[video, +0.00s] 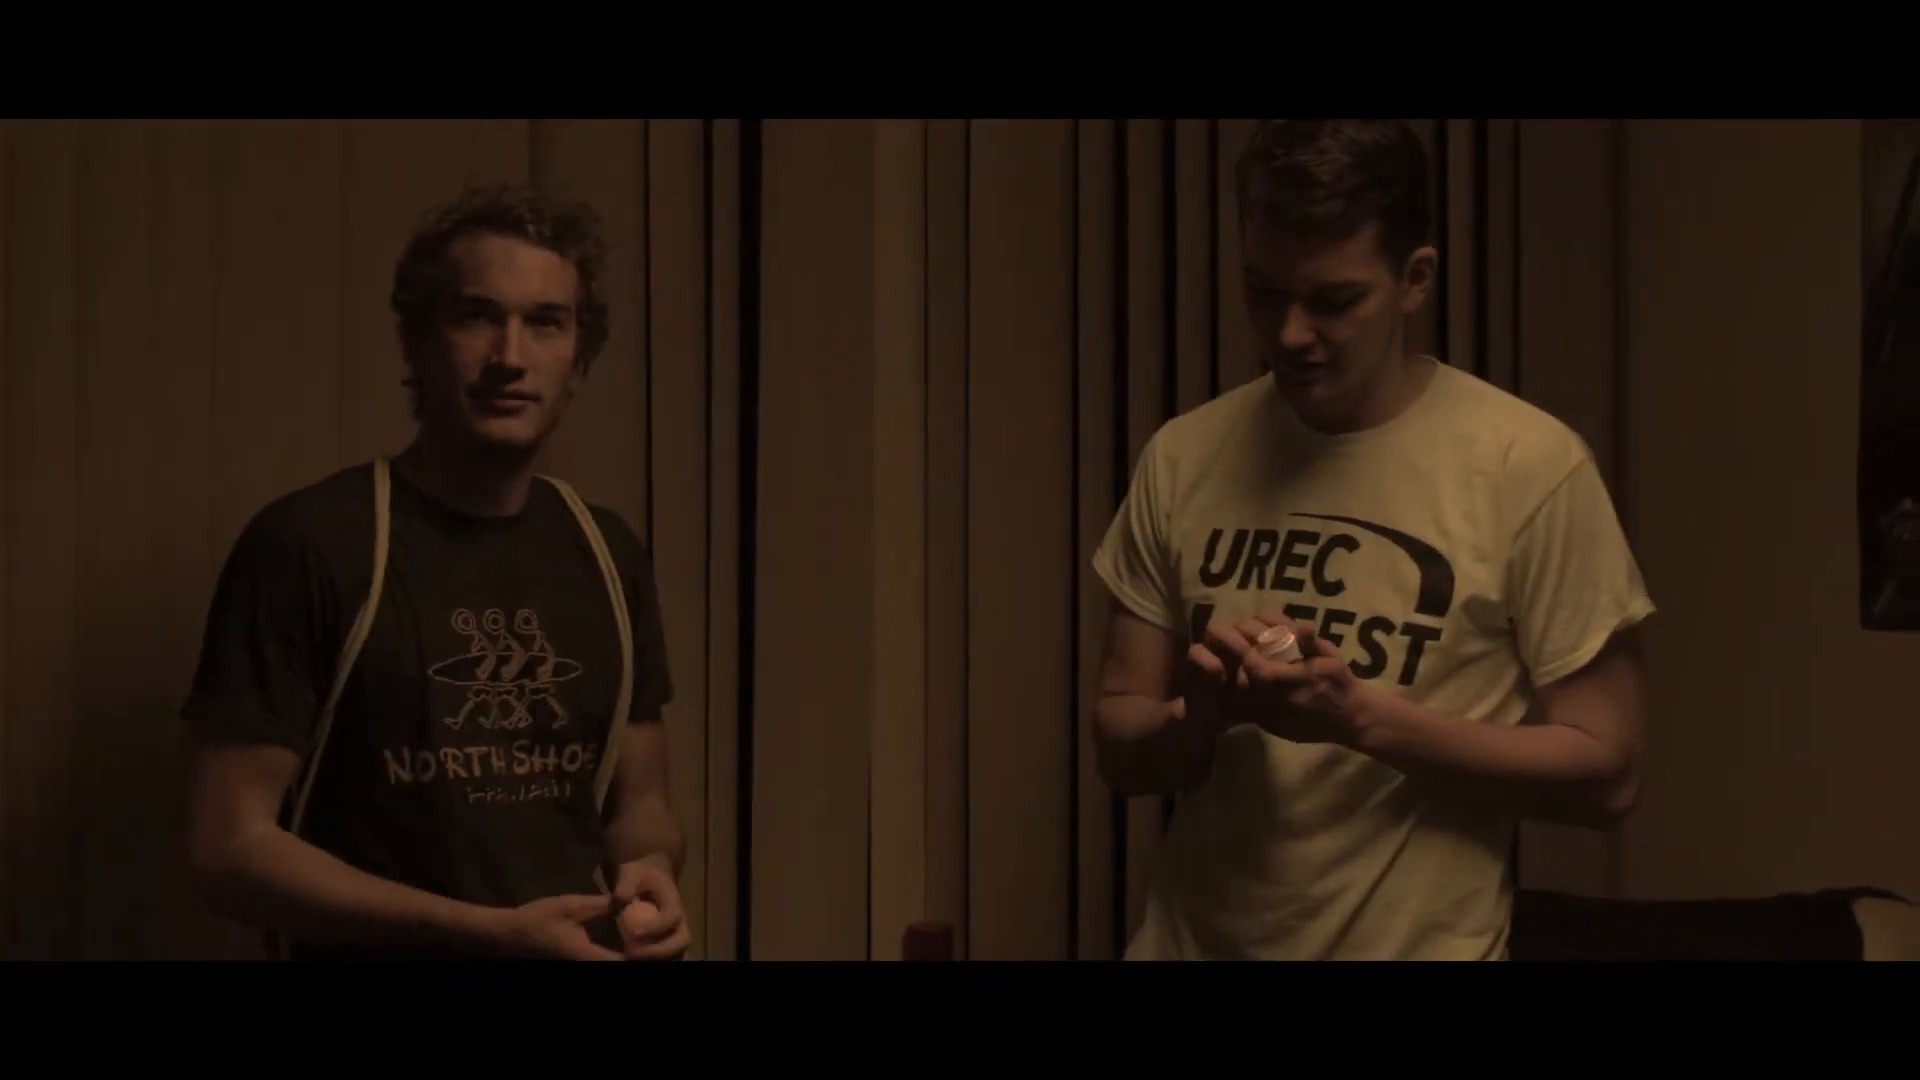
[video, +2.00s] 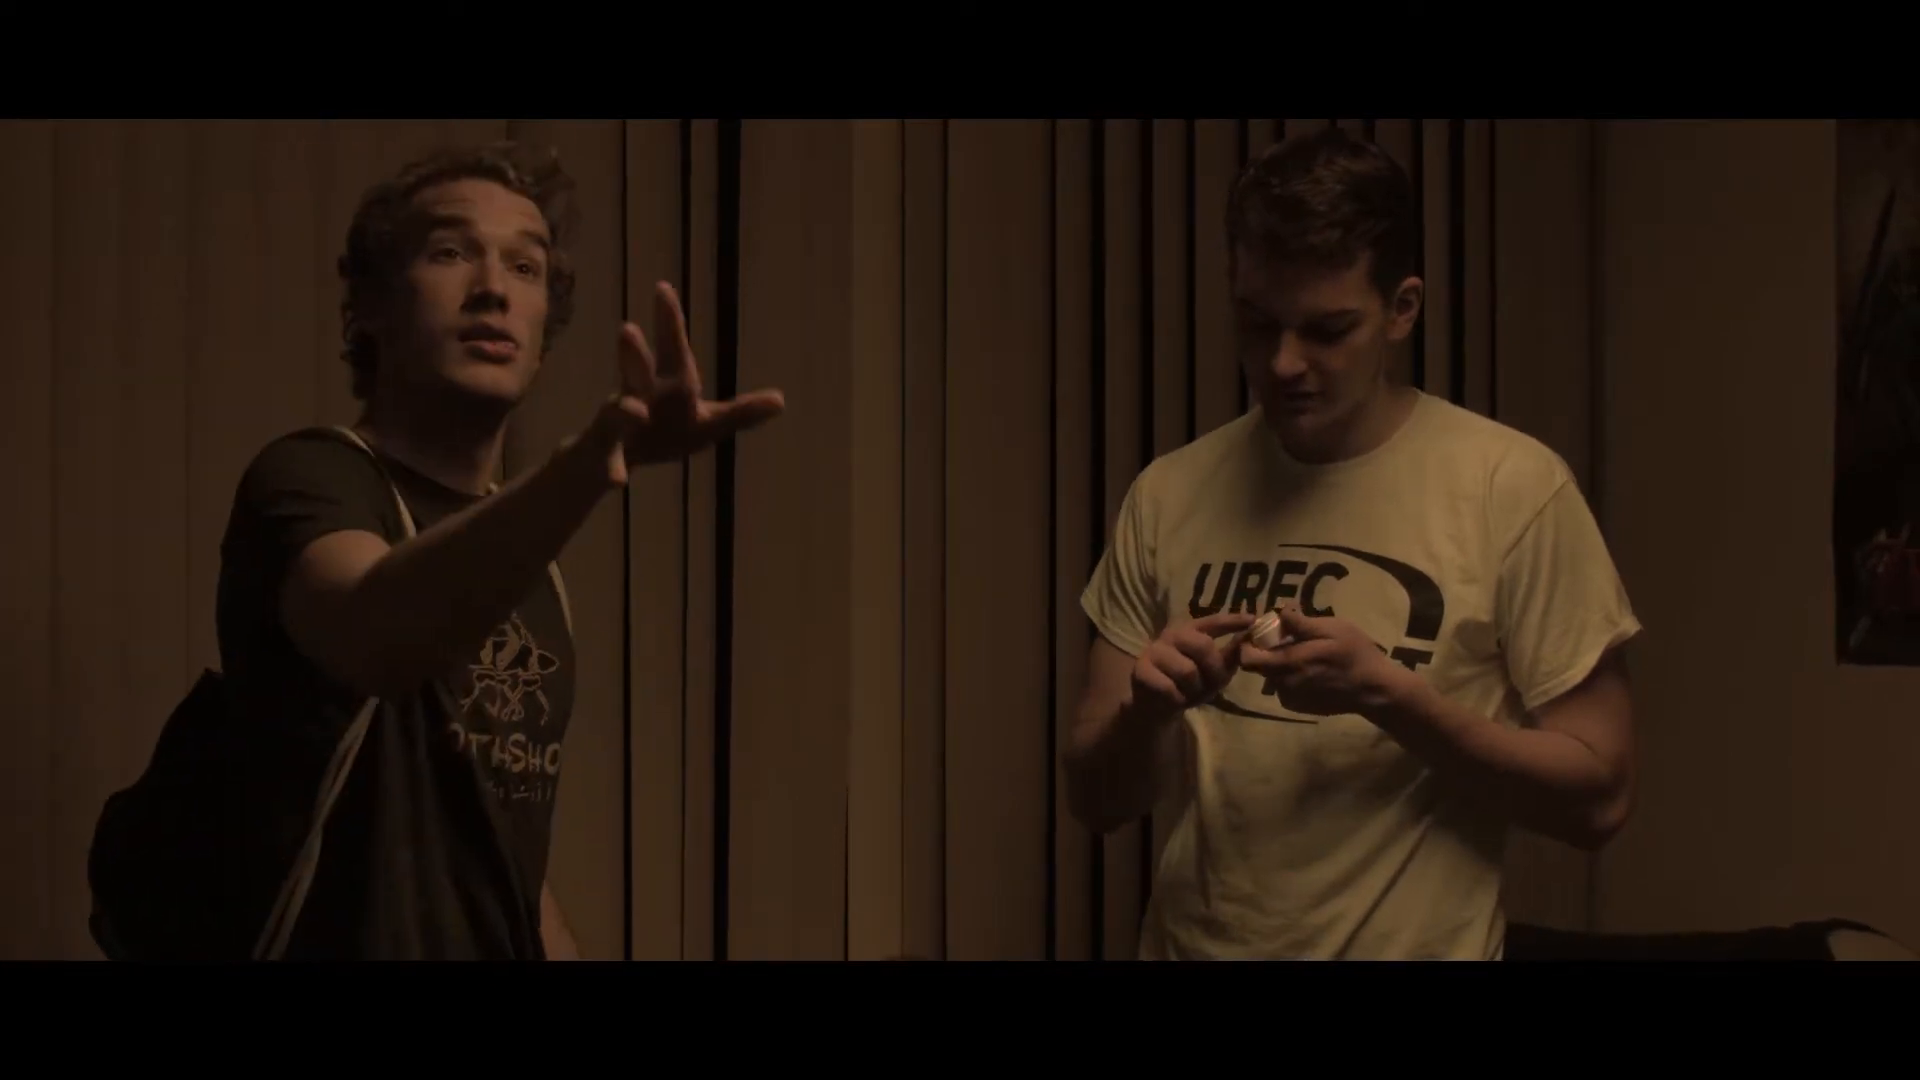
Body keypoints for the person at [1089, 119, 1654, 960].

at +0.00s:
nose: (1292, 334)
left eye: (1334, 300)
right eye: (1269, 296)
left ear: (1416, 280)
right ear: (1246, 277)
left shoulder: (1530, 469)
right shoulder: (1183, 459)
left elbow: (1606, 771)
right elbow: (1119, 740)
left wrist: (1360, 714)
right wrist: (1196, 718)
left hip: (1419, 943)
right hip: (1192, 939)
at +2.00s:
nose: (1287, 365)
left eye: (1328, 331)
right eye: (1260, 327)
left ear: (1403, 311)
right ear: (1237, 306)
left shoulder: (1515, 492)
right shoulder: (1167, 497)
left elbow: (1597, 797)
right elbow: (1091, 802)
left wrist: (1393, 693)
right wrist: (1144, 713)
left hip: (1417, 945)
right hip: (1194, 943)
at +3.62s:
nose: (1220, 308)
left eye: (1267, 273)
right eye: (1213, 272)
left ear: (1362, 290)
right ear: (1197, 275)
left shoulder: (1505, 486)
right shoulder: (1160, 487)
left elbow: (1592, 790)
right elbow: (1064, 785)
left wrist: (1376, 690)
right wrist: (1137, 601)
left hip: (1406, 946)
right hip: (1177, 941)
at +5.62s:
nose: (1246, 342)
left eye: (1286, 307)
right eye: (1227, 309)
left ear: (1379, 311)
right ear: (1210, 316)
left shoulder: (1515, 514)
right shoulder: (1161, 500)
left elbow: (1597, 819)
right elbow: (1048, 776)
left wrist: (1394, 721)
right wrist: (1174, 559)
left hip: (1416, 948)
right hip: (1177, 944)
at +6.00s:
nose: (1258, 348)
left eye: (1300, 311)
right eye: (1235, 315)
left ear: (1384, 316)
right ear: (1215, 320)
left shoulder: (1514, 514)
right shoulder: (1158, 500)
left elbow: (1596, 818)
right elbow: (1054, 784)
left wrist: (1390, 720)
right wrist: (1173, 576)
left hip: (1413, 950)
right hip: (1176, 946)